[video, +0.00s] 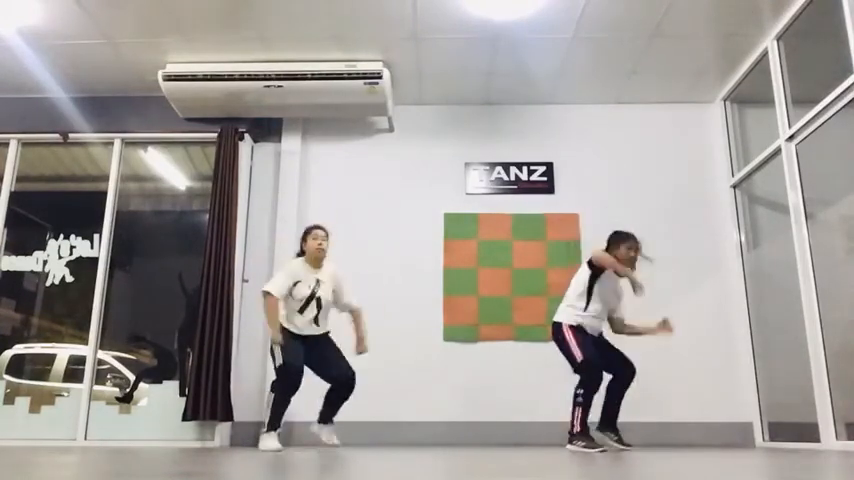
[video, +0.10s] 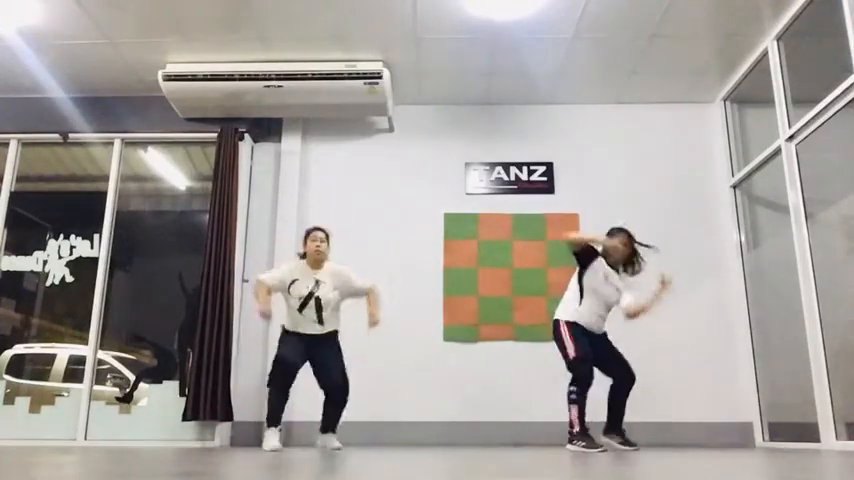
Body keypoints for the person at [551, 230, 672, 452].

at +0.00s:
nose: (635, 256)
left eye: (637, 251)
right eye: (630, 250)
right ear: (614, 251)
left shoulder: (615, 287)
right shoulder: (597, 266)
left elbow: (618, 327)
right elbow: (599, 257)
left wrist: (655, 329)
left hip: (591, 334)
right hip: (568, 326)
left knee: (625, 370)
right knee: (591, 373)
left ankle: (607, 428)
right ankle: (577, 435)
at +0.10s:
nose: (621, 248)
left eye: (626, 246)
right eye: (618, 243)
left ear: (629, 253)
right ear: (607, 244)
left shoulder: (620, 284)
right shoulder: (591, 260)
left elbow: (630, 312)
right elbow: (570, 239)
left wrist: (656, 294)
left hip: (595, 334)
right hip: (569, 324)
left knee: (625, 376)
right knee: (582, 374)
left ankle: (613, 431)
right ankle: (577, 435)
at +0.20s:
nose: (604, 239)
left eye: (609, 236)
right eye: (600, 234)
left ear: (618, 241)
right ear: (593, 236)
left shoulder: (621, 270)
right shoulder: (581, 255)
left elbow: (641, 284)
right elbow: (555, 233)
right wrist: (579, 223)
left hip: (598, 330)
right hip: (570, 323)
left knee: (617, 380)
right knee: (573, 369)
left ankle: (610, 434)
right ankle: (567, 430)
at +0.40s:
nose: (584, 232)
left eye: (588, 228)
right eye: (579, 228)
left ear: (593, 234)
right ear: (569, 234)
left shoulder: (603, 254)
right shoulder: (561, 254)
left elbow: (634, 247)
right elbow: (529, 243)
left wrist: (632, 225)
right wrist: (545, 219)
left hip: (597, 327)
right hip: (568, 326)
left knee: (617, 376)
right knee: (557, 380)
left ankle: (620, 430)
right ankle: (548, 433)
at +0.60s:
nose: (576, 239)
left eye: (580, 235)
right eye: (571, 235)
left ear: (587, 239)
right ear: (563, 240)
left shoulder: (596, 261)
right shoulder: (556, 261)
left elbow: (628, 252)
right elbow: (524, 256)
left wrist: (603, 234)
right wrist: (548, 248)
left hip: (596, 330)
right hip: (569, 331)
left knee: (615, 380)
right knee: (561, 383)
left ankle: (619, 434)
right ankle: (549, 435)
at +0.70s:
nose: (582, 244)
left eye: (586, 240)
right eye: (577, 239)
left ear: (592, 243)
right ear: (568, 244)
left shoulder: (600, 265)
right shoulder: (561, 262)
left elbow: (623, 273)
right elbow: (532, 265)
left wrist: (608, 246)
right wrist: (550, 280)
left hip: (597, 336)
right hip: (568, 336)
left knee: (616, 382)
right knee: (559, 385)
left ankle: (619, 434)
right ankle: (549, 435)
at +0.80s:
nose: (585, 241)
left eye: (590, 237)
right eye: (580, 237)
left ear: (596, 241)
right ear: (573, 242)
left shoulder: (603, 263)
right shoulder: (566, 258)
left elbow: (627, 278)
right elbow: (537, 274)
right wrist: (543, 310)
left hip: (591, 334)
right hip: (561, 331)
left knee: (608, 380)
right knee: (546, 375)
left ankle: (617, 433)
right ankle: (544, 431)